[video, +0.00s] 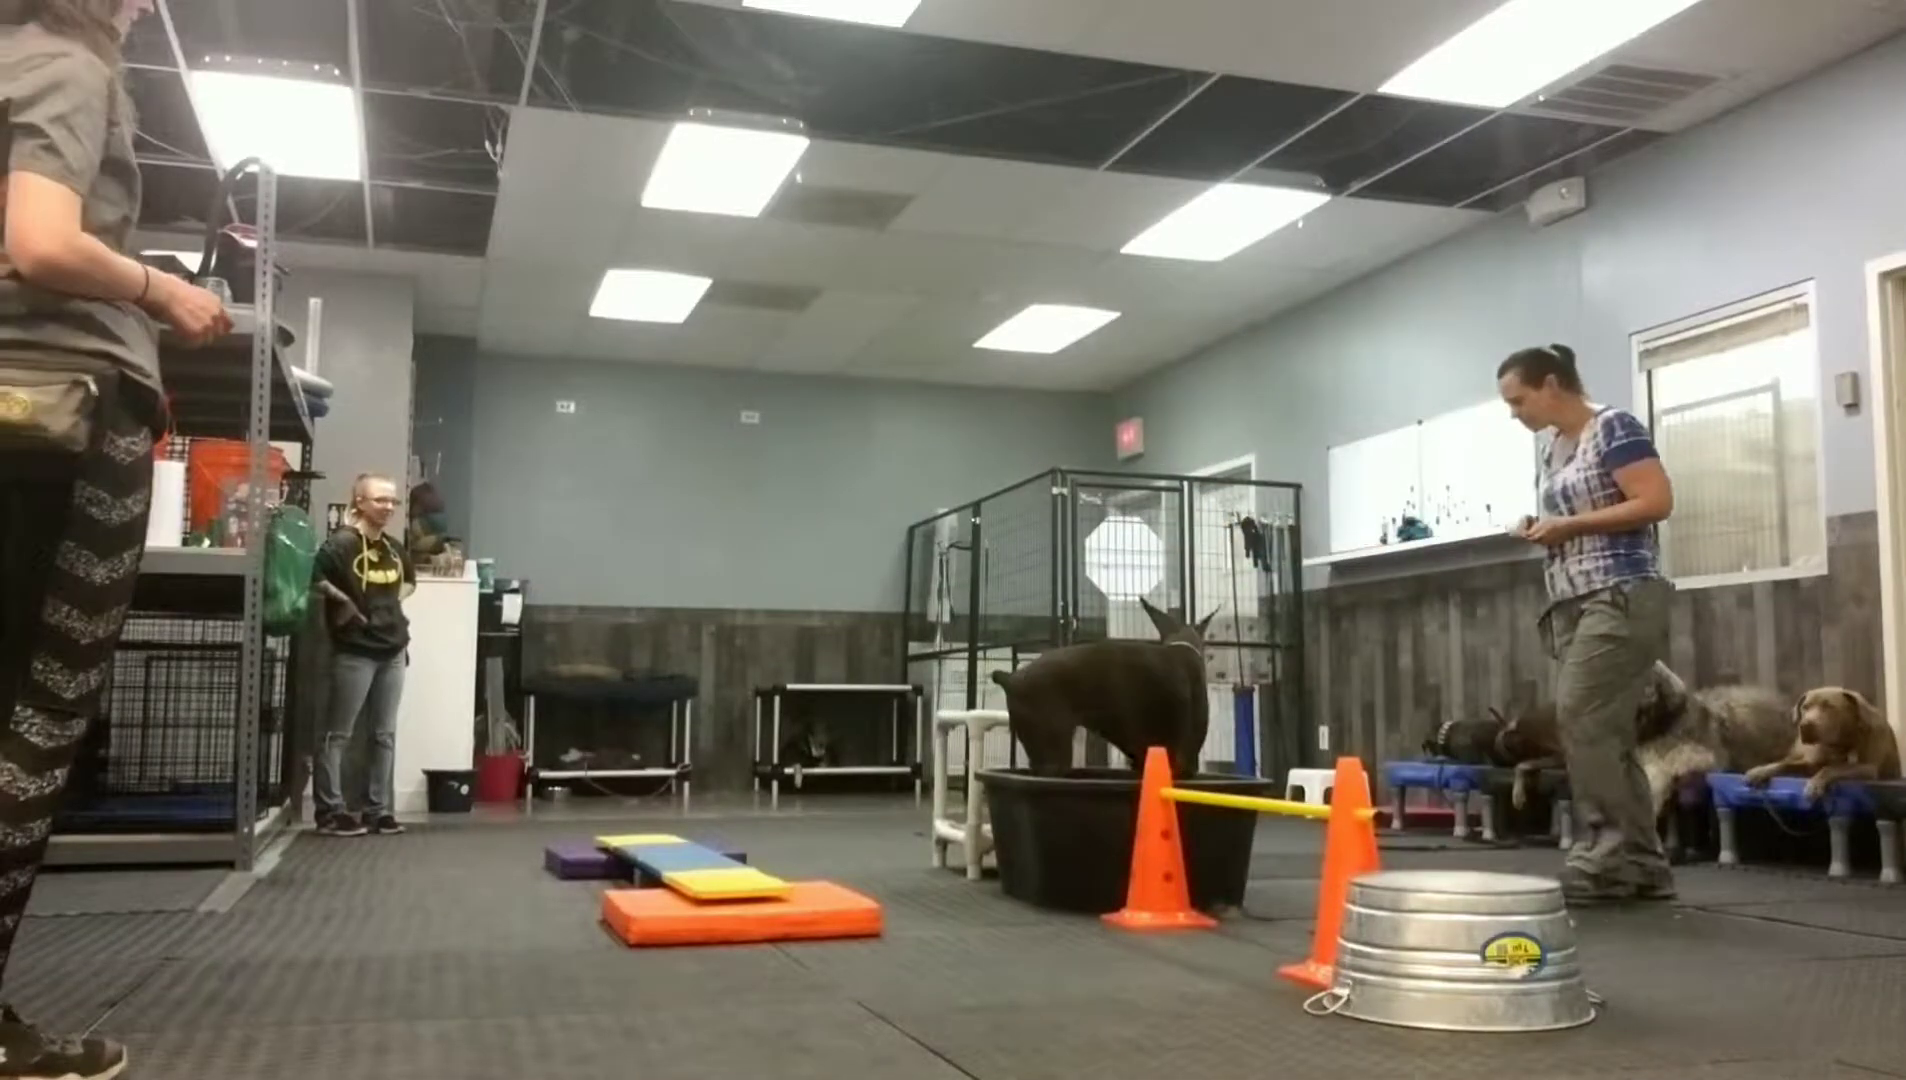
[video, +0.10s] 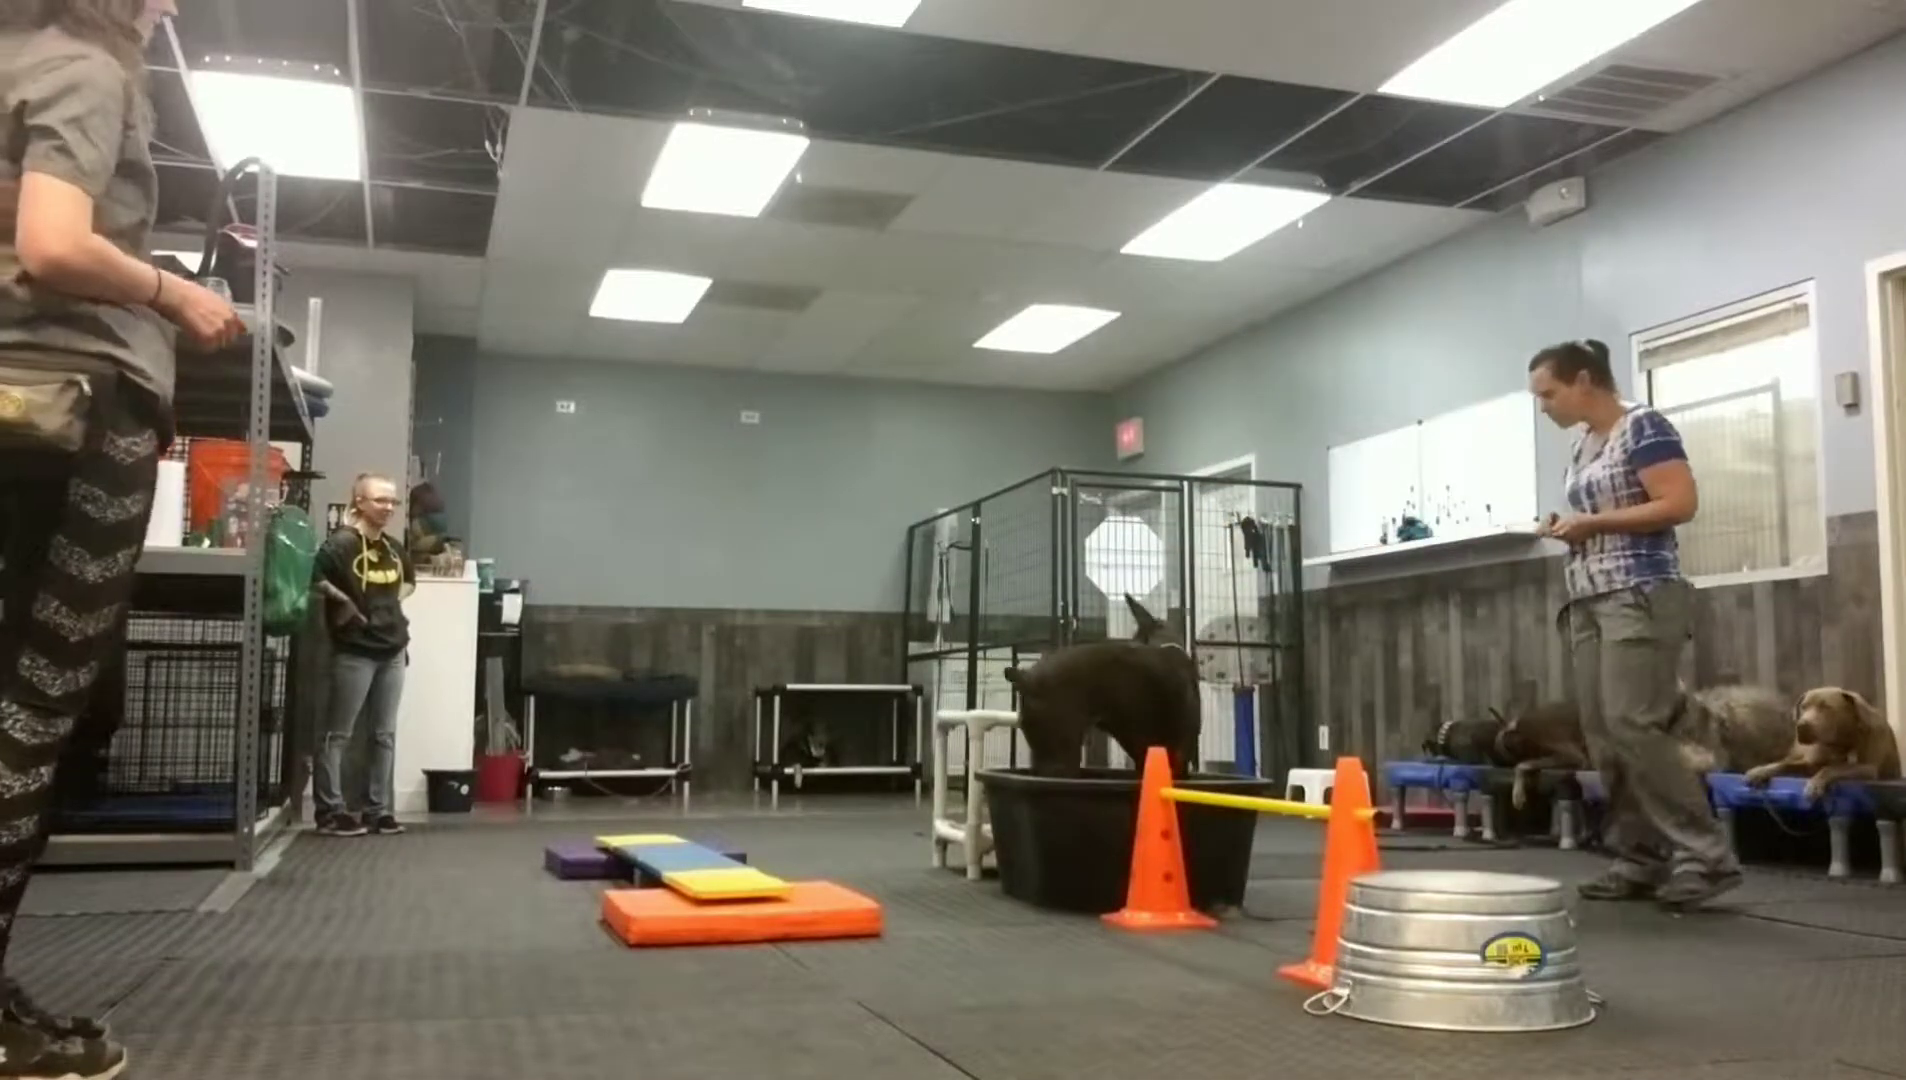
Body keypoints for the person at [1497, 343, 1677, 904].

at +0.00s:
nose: (1517, 416)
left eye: (1518, 403)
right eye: (1512, 407)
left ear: (1549, 385)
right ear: (1546, 391)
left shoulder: (1613, 426)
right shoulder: (1554, 454)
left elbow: (1656, 501)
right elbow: (1583, 523)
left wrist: (1570, 524)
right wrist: (1542, 528)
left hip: (1622, 598)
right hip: (1575, 607)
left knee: (1580, 714)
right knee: (1600, 727)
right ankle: (1643, 859)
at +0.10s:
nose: (1544, 407)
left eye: (1548, 394)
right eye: (1540, 398)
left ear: (1584, 381)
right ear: (1574, 389)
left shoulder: (1642, 426)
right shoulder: (1581, 456)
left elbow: (1679, 503)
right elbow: (1601, 528)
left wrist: (1593, 522)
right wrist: (1567, 529)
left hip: (1641, 600)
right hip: (1590, 606)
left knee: (1634, 726)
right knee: (1604, 734)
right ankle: (1640, 858)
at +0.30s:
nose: (1599, 394)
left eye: (1603, 380)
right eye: (1595, 383)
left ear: (1639, 369)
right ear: (1637, 374)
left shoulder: (1701, 418)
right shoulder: (1639, 445)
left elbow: (1733, 500)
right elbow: (1652, 524)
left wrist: (1645, 516)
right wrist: (1612, 562)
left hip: (1696, 598)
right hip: (1642, 603)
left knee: (1705, 736)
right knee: (1644, 740)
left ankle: (1743, 877)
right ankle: (1644, 866)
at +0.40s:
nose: (1619, 391)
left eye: (1623, 377)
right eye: (1615, 380)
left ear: (1658, 364)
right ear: (1655, 370)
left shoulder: (1720, 414)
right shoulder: (1661, 437)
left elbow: (1753, 498)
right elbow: (1679, 525)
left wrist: (1664, 514)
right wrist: (1641, 576)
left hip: (1715, 597)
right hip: (1663, 601)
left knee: (1717, 738)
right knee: (1658, 738)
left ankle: (1744, 876)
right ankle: (1665, 863)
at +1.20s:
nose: (1625, 409)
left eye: (1624, 395)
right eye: (1619, 400)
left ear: (1652, 375)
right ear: (1651, 380)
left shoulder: (1723, 411)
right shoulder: (1670, 437)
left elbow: (1757, 494)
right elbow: (1694, 516)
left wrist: (1668, 514)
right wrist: (1657, 531)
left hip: (1723, 597)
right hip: (1674, 602)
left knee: (1729, 741)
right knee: (1685, 742)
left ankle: (1745, 877)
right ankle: (1694, 866)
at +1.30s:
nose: (1626, 408)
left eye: (1624, 395)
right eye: (1620, 399)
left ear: (1652, 374)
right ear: (1652, 379)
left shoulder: (1724, 412)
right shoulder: (1670, 439)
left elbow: (1760, 494)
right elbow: (1691, 521)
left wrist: (1671, 514)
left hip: (1725, 598)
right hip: (1675, 603)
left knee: (1730, 741)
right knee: (1685, 742)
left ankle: (1745, 877)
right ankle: (1694, 865)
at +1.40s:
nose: (1627, 408)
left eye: (1625, 395)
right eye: (1621, 399)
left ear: (1653, 374)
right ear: (1652, 379)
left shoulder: (1725, 412)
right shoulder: (1672, 438)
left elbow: (1762, 495)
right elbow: (1697, 516)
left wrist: (1674, 515)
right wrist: (1661, 531)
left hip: (1729, 597)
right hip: (1678, 601)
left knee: (1732, 740)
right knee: (1687, 742)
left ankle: (1745, 877)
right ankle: (1695, 866)